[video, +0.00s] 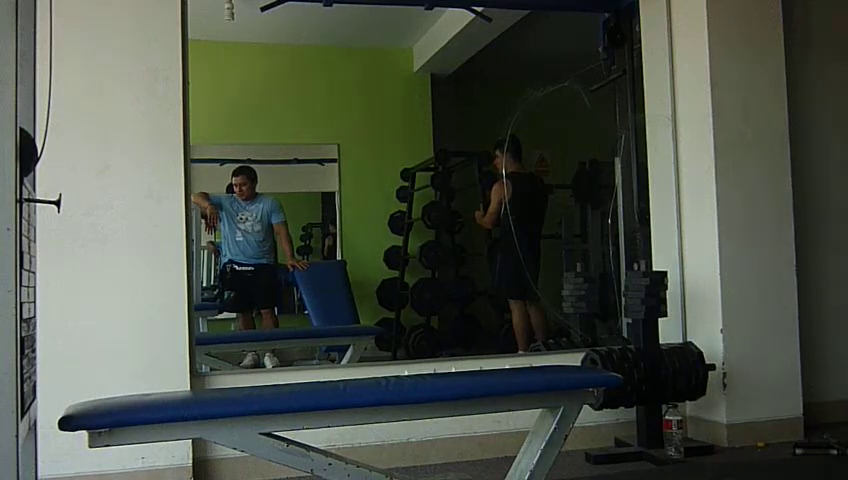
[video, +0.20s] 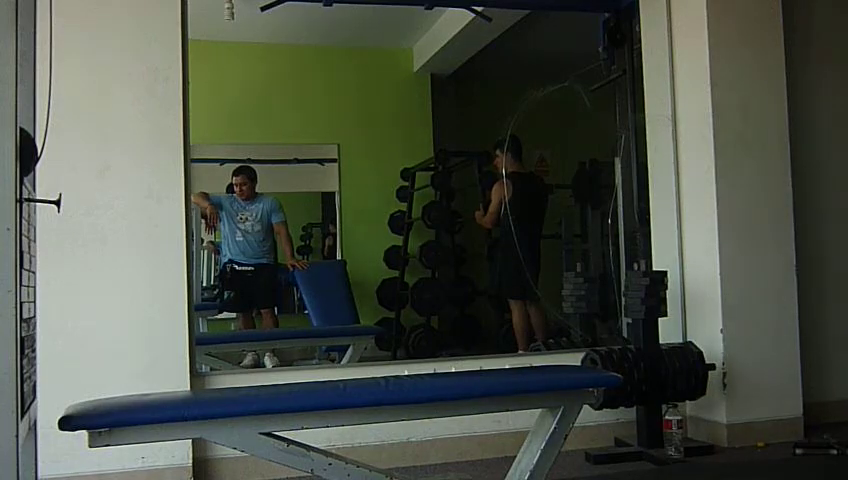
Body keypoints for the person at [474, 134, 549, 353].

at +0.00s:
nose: (495, 163)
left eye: (496, 157)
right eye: (495, 158)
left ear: (503, 157)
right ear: (519, 156)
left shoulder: (501, 186)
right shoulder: (536, 183)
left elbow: (490, 221)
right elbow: (537, 216)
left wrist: (480, 217)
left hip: (510, 248)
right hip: (533, 246)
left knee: (516, 301)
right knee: (533, 299)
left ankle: (523, 352)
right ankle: (542, 347)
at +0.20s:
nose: (495, 163)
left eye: (496, 157)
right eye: (495, 158)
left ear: (504, 156)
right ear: (519, 156)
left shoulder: (502, 186)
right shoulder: (537, 182)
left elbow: (490, 221)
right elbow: (537, 216)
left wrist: (480, 217)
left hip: (510, 248)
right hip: (533, 246)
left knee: (516, 301)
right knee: (533, 298)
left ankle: (522, 352)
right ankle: (542, 347)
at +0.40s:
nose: (495, 162)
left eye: (497, 157)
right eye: (495, 157)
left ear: (504, 156)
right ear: (519, 156)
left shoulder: (503, 186)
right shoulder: (537, 182)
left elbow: (490, 221)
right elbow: (537, 216)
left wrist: (480, 217)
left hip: (510, 248)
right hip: (533, 246)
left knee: (516, 301)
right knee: (533, 299)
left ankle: (522, 352)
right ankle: (542, 347)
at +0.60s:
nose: (495, 163)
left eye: (497, 157)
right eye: (495, 157)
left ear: (506, 156)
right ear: (519, 156)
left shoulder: (503, 185)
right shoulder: (537, 182)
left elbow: (490, 220)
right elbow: (538, 215)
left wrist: (480, 217)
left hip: (511, 248)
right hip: (533, 245)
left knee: (516, 301)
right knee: (533, 298)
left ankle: (523, 352)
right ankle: (542, 347)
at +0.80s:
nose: (496, 163)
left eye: (497, 157)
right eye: (495, 158)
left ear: (507, 156)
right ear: (519, 156)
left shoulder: (504, 185)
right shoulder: (537, 182)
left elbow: (490, 221)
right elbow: (537, 215)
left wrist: (480, 217)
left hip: (511, 247)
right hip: (533, 245)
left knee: (516, 301)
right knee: (532, 298)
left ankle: (522, 353)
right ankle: (542, 346)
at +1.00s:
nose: (497, 162)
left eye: (498, 157)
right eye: (497, 157)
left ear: (509, 156)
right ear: (518, 157)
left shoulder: (504, 186)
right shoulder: (532, 180)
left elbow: (491, 220)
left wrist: (480, 217)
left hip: (511, 248)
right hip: (533, 243)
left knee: (516, 302)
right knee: (532, 299)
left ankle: (522, 351)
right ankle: (542, 345)